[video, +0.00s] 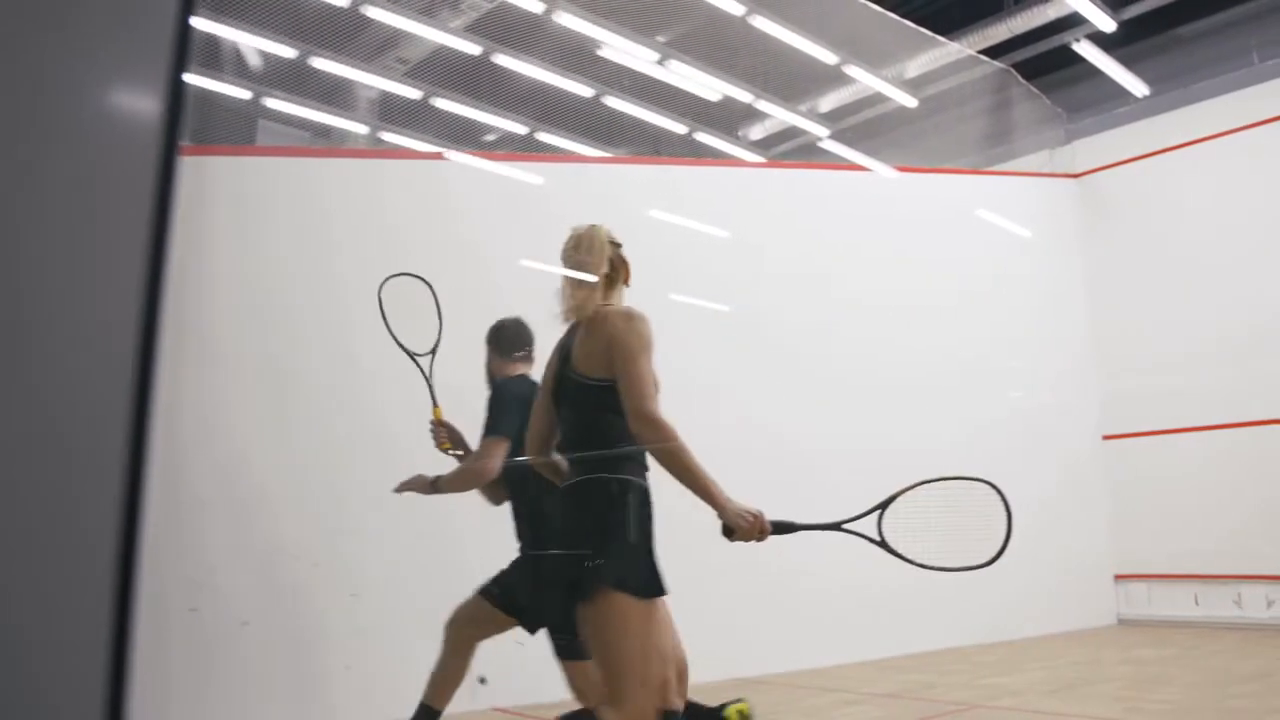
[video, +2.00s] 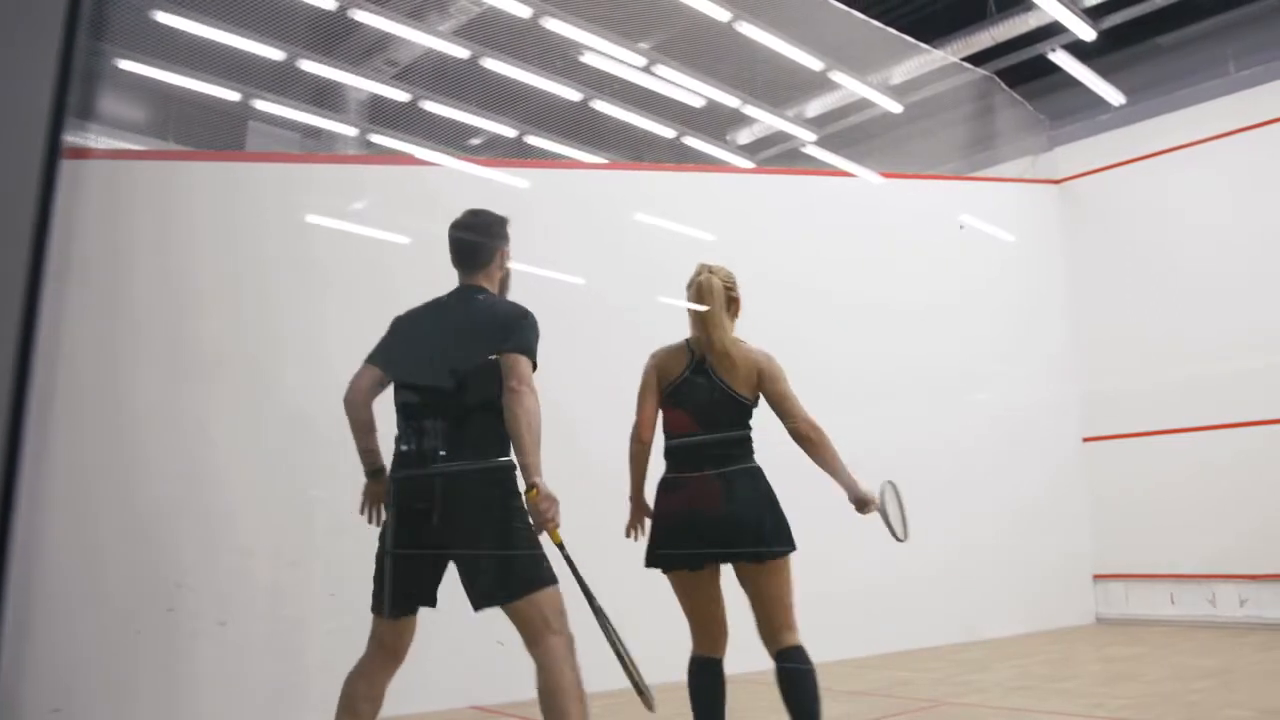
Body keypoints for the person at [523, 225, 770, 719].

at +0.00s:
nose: (568, 287)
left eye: (578, 277)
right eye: (568, 277)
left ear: (595, 278)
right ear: (619, 275)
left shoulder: (566, 344)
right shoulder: (627, 325)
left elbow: (536, 450)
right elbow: (646, 423)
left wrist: (580, 483)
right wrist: (724, 504)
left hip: (591, 519)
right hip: (611, 522)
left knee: (669, 682)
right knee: (635, 701)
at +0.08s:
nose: (594, 278)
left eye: (590, 269)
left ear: (588, 271)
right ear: (640, 268)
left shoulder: (582, 342)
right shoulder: (648, 322)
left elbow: (557, 448)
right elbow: (666, 420)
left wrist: (611, 480)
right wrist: (740, 502)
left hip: (597, 518)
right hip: (637, 516)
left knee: (666, 692)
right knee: (687, 697)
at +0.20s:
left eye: (664, 258)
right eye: (669, 257)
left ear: (614, 268)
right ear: (665, 262)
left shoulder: (601, 342)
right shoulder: (678, 321)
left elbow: (585, 443)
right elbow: (694, 418)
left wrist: (644, 468)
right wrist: (766, 500)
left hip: (617, 514)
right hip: (671, 512)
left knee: (669, 680)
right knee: (748, 670)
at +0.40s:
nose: (711, 266)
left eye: (707, 258)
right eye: (709, 258)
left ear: (655, 267)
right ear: (705, 264)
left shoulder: (634, 342)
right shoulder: (728, 323)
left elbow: (624, 438)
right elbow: (738, 411)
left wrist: (682, 458)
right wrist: (802, 499)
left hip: (658, 514)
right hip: (728, 509)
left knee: (668, 679)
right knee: (807, 660)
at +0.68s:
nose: (764, 280)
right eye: (763, 273)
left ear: (710, 285)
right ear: (762, 278)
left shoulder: (690, 358)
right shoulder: (790, 340)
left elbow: (679, 451)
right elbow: (803, 423)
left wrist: (732, 482)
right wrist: (866, 509)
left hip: (724, 521)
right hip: (798, 516)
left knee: (724, 685)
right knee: (871, 674)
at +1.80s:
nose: (763, 316)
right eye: (763, 308)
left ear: (716, 317)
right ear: (763, 313)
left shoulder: (689, 376)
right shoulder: (781, 373)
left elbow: (670, 450)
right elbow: (819, 442)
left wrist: (669, 517)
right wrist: (874, 504)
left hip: (708, 526)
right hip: (772, 520)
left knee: (733, 649)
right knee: (833, 650)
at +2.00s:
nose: (738, 308)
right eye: (737, 300)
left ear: (689, 305)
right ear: (736, 304)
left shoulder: (662, 363)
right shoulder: (756, 362)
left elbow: (641, 437)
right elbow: (802, 429)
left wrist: (636, 497)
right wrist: (852, 486)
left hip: (682, 513)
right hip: (746, 506)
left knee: (707, 641)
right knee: (782, 637)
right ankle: (808, 715)